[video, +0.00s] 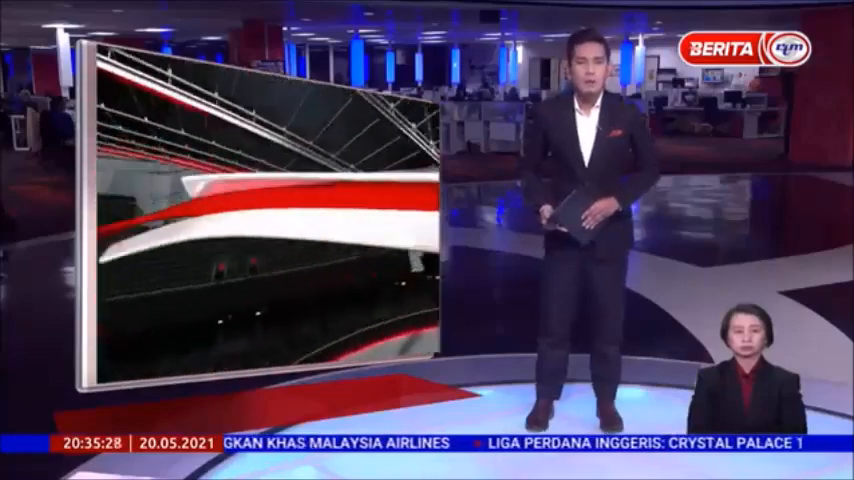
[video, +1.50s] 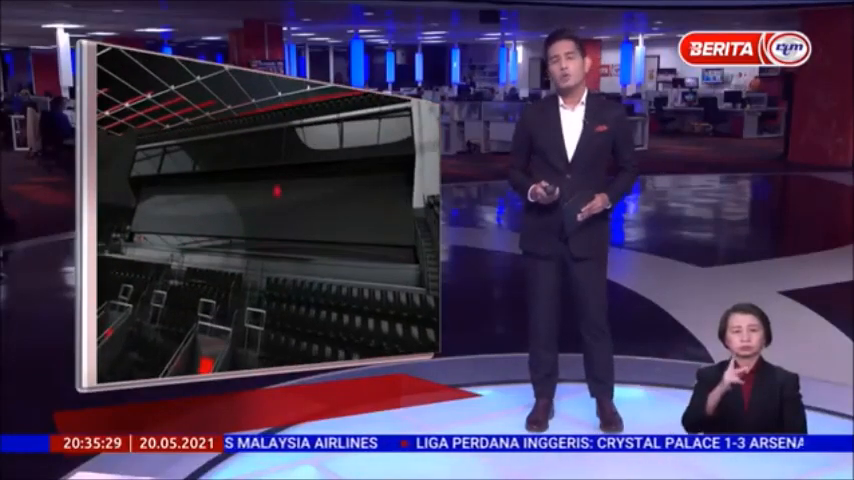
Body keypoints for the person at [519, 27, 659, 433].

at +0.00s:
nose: (590, 70)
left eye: (597, 62)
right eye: (582, 62)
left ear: (608, 67)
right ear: (569, 68)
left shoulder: (627, 114)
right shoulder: (544, 113)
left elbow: (649, 170)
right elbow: (529, 168)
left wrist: (617, 200)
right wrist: (543, 203)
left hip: (609, 233)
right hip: (560, 233)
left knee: (608, 321)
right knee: (555, 320)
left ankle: (606, 401)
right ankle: (545, 398)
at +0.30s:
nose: (583, 64)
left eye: (591, 56)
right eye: (575, 58)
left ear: (605, 63)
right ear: (566, 66)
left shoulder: (627, 110)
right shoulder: (546, 111)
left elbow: (650, 166)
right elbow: (531, 167)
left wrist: (620, 197)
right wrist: (539, 199)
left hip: (605, 230)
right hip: (557, 229)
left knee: (606, 318)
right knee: (552, 316)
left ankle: (606, 400)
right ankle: (544, 398)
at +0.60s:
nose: (573, 65)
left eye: (581, 57)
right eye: (565, 58)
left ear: (597, 64)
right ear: (557, 67)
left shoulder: (619, 113)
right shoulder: (540, 113)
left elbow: (641, 167)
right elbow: (522, 167)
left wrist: (618, 197)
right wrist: (533, 190)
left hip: (596, 230)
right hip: (548, 230)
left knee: (600, 317)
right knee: (546, 316)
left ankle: (606, 400)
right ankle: (543, 397)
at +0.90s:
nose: (568, 65)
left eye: (575, 57)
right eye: (560, 58)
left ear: (590, 63)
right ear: (551, 67)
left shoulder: (611, 112)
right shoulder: (534, 111)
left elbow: (625, 172)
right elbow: (515, 166)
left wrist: (599, 197)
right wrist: (530, 187)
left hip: (588, 231)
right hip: (541, 231)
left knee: (596, 316)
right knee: (543, 317)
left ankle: (605, 399)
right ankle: (542, 397)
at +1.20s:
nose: (566, 64)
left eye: (574, 56)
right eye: (558, 58)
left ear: (587, 63)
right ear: (549, 67)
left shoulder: (609, 111)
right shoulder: (532, 113)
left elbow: (627, 169)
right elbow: (515, 167)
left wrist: (601, 197)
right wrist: (529, 188)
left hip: (588, 231)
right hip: (541, 231)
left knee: (595, 316)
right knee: (542, 317)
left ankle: (605, 399)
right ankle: (542, 397)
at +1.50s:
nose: (562, 66)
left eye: (569, 57)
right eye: (554, 60)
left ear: (585, 63)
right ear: (547, 69)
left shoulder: (610, 110)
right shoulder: (533, 113)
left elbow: (629, 167)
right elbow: (516, 168)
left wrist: (608, 197)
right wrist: (530, 188)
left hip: (588, 231)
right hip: (542, 231)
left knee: (594, 318)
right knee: (542, 318)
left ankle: (604, 400)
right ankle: (542, 398)